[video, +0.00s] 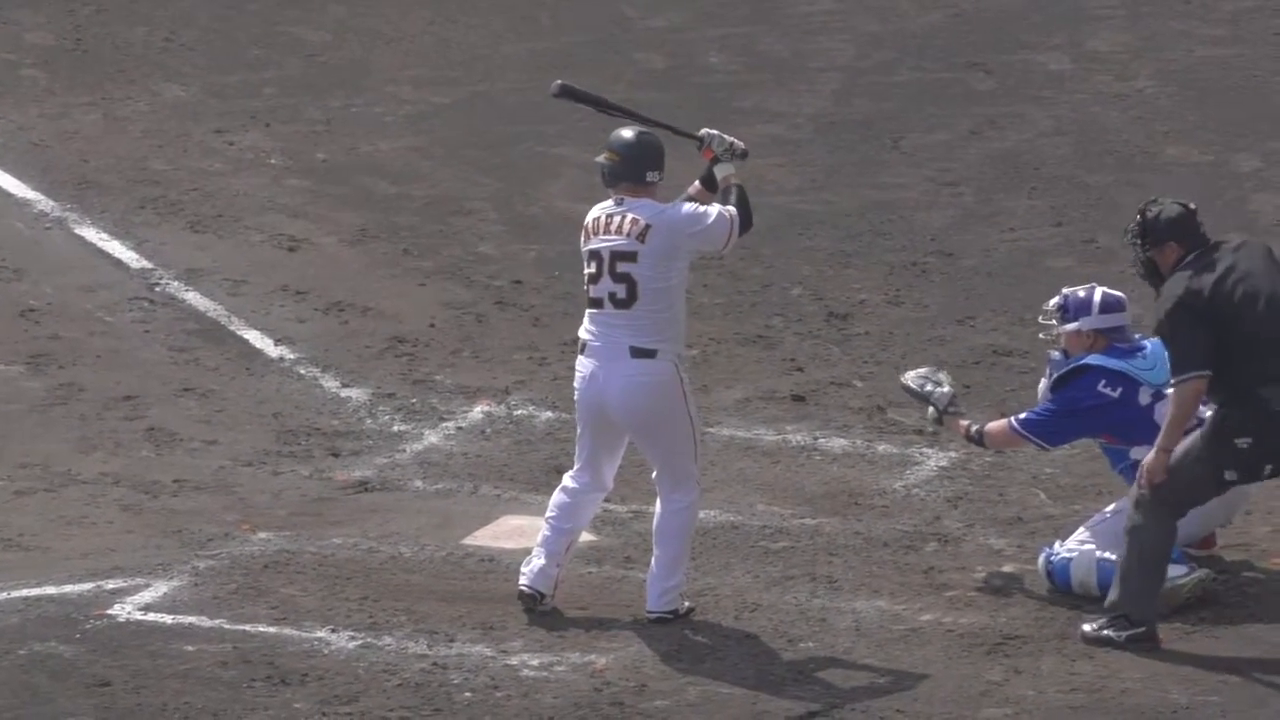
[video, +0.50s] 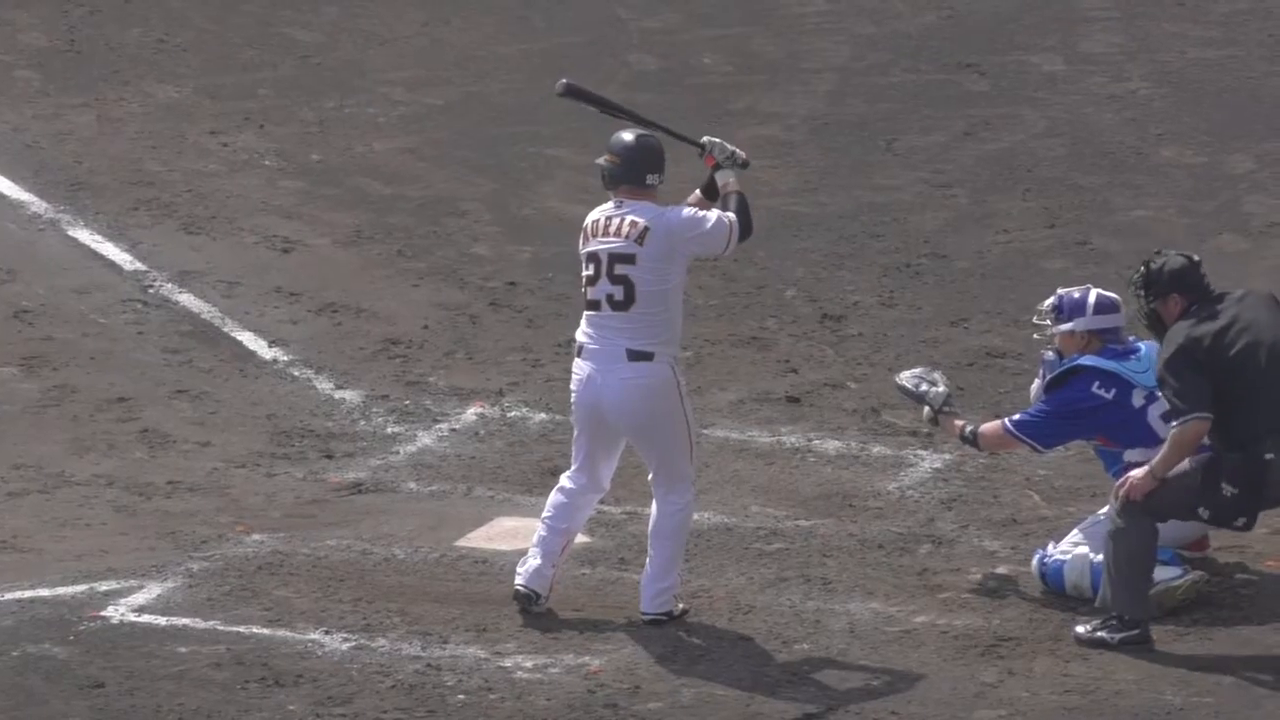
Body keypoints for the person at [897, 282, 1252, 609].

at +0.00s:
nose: (1058, 336)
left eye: (1065, 329)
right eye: (1060, 328)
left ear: (1090, 337)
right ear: (1106, 333)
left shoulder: (1092, 389)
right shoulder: (1148, 347)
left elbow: (1019, 431)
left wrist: (968, 430)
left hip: (1192, 490)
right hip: (1230, 470)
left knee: (1060, 562)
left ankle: (1174, 577)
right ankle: (1197, 540)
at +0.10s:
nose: (1058, 337)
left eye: (1065, 330)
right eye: (1060, 329)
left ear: (1091, 338)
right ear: (1104, 334)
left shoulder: (1090, 389)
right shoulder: (1143, 349)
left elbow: (1018, 431)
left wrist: (969, 430)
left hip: (1194, 488)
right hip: (1226, 469)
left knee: (1060, 561)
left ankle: (1174, 577)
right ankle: (1195, 543)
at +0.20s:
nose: (1055, 338)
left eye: (1062, 331)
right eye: (1056, 330)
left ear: (1088, 338)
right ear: (1103, 336)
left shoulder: (1090, 386)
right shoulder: (1140, 350)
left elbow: (1016, 431)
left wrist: (966, 430)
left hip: (1181, 495)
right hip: (1219, 477)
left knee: (1056, 561)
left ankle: (1169, 576)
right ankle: (1193, 540)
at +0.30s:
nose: (1055, 335)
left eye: (1062, 329)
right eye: (1057, 328)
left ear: (1088, 336)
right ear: (1101, 335)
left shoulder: (1088, 387)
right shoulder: (1140, 349)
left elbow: (1010, 432)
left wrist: (955, 424)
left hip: (1173, 501)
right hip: (1211, 478)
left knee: (1054, 560)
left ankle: (1166, 575)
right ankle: (1192, 539)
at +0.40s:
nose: (1055, 336)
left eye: (1061, 329)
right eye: (1057, 328)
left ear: (1086, 336)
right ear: (1103, 333)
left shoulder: (1090, 386)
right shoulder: (1145, 350)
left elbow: (1011, 432)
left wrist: (957, 426)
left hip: (1175, 500)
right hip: (1216, 481)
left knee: (1055, 559)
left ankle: (1167, 574)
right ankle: (1193, 534)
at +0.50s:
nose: (1053, 337)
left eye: (1059, 330)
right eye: (1055, 329)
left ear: (1083, 338)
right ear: (1106, 332)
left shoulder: (1087, 387)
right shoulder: (1148, 351)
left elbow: (1008, 435)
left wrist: (955, 427)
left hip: (1167, 506)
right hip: (1210, 484)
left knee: (1051, 562)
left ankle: (1161, 575)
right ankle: (1189, 537)